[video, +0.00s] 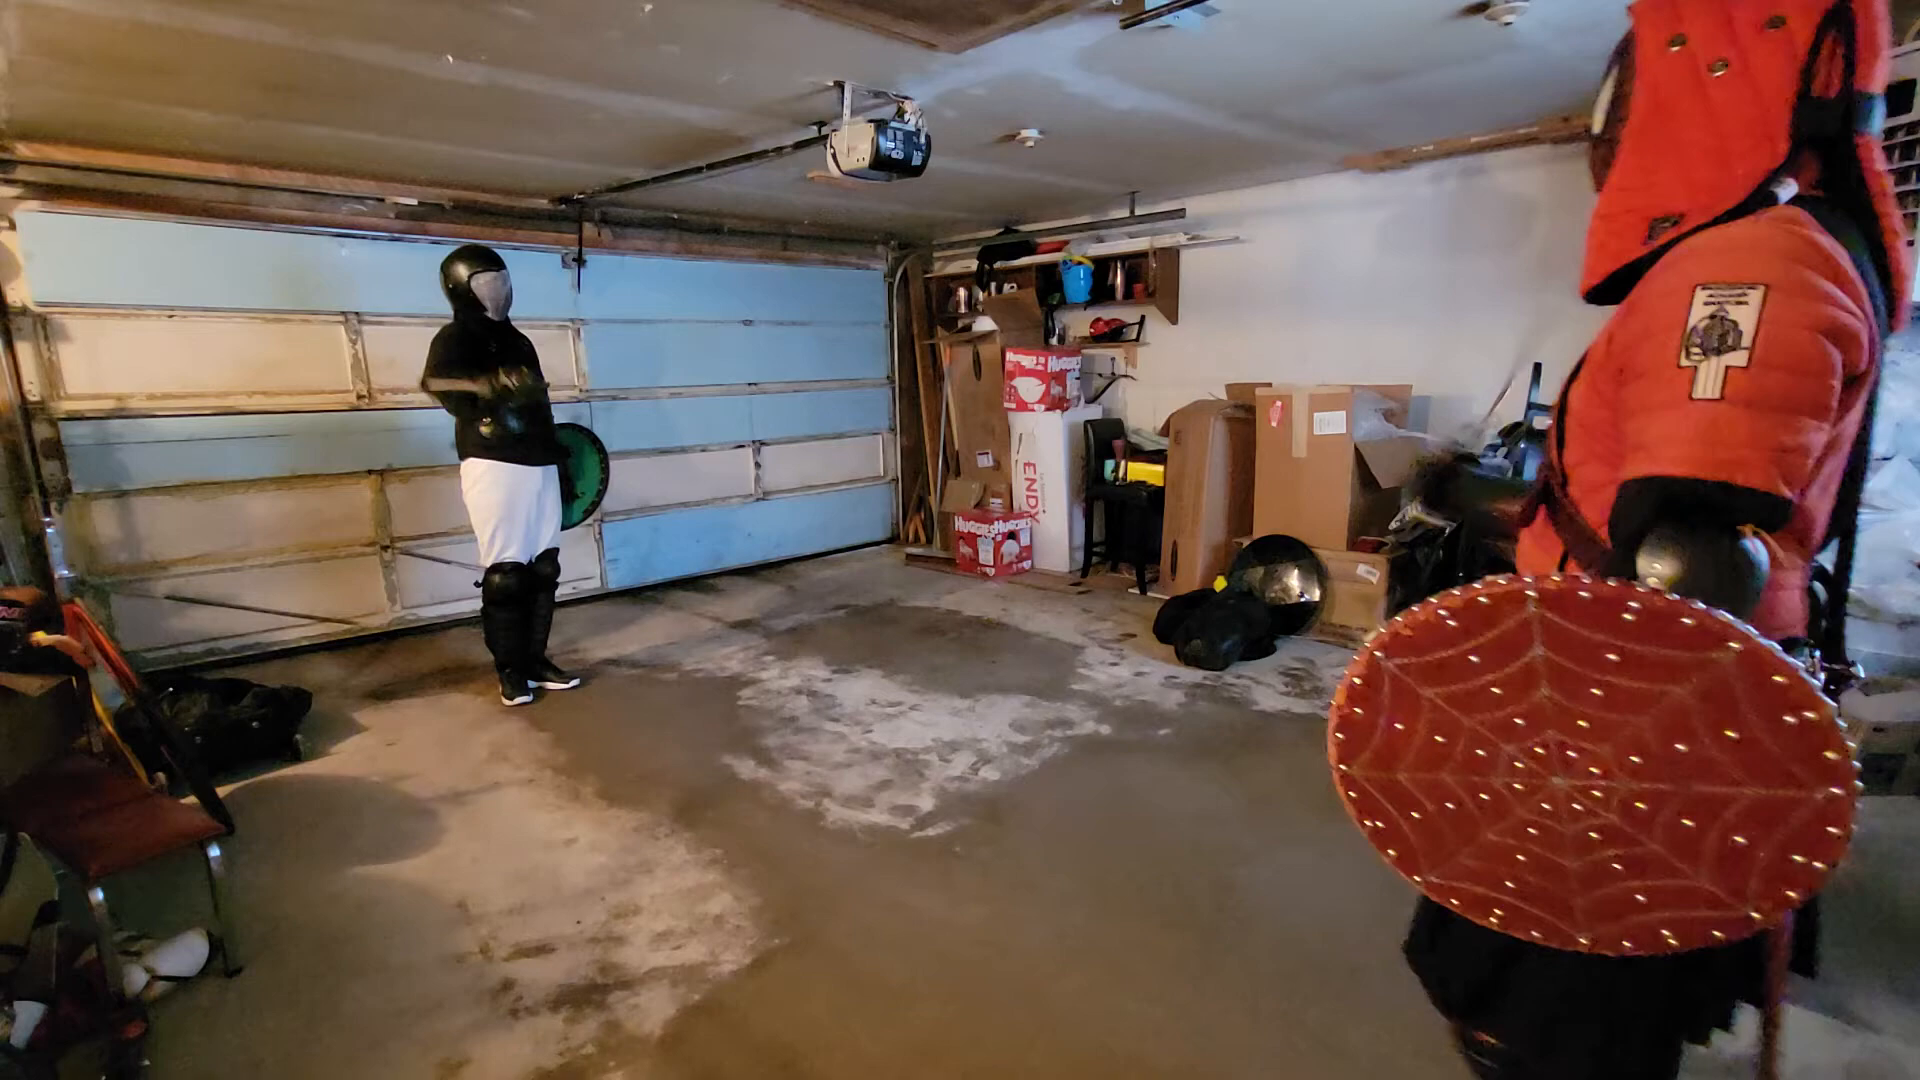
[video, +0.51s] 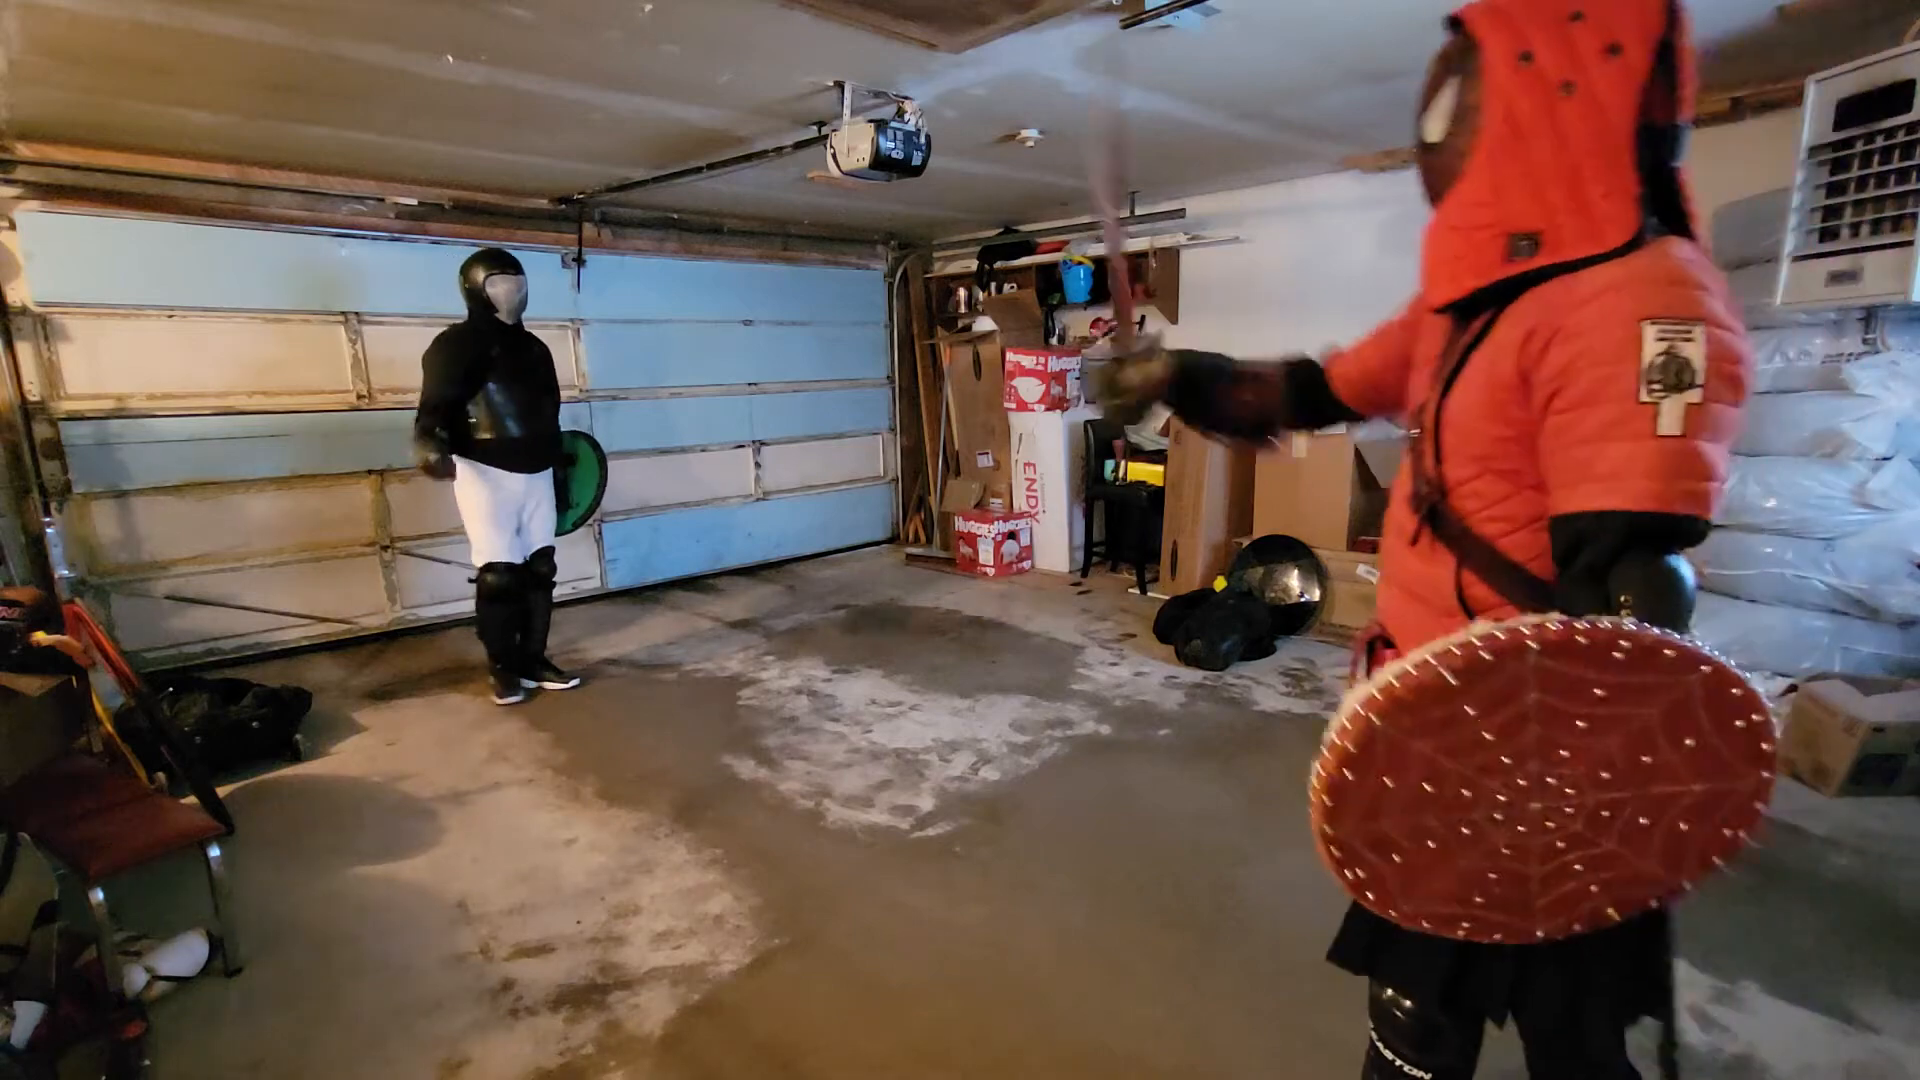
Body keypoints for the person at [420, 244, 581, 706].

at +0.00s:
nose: (504, 289)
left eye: (504, 279)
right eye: (492, 281)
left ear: (506, 282)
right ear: (467, 289)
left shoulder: (520, 342)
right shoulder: (454, 340)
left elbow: (538, 409)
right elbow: (441, 386)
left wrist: (558, 460)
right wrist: (490, 392)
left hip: (539, 464)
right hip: (493, 466)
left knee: (543, 566)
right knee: (506, 570)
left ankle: (535, 661)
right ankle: (510, 672)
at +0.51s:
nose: (522, 285)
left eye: (521, 277)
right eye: (511, 278)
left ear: (516, 285)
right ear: (484, 286)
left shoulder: (535, 349)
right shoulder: (457, 345)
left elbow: (547, 414)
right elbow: (435, 403)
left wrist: (558, 466)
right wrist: (433, 448)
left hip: (537, 470)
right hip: (483, 471)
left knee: (539, 567)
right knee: (499, 571)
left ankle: (534, 663)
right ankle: (502, 670)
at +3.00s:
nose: (460, 292)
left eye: (469, 281)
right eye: (448, 284)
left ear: (486, 282)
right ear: (437, 292)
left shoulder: (529, 339)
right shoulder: (430, 349)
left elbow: (580, 400)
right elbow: (409, 423)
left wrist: (565, 350)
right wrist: (413, 426)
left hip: (528, 476)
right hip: (464, 479)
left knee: (549, 573)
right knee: (446, 577)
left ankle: (558, 666)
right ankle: (483, 668)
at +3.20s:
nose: (450, 292)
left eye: (458, 280)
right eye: (438, 284)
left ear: (474, 282)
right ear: (426, 293)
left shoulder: (518, 336)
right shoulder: (419, 352)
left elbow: (578, 382)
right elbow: (394, 436)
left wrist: (547, 325)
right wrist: (391, 420)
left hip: (524, 478)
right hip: (458, 483)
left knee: (549, 579)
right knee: (454, 590)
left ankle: (558, 668)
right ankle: (482, 686)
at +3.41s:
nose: (437, 289)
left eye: (444, 277)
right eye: (422, 282)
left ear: (458, 279)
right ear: (406, 293)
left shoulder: (503, 336)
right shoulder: (400, 355)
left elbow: (570, 375)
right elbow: (373, 442)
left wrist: (530, 317)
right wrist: (376, 427)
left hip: (517, 481)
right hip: (448, 489)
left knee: (557, 580)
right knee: (448, 597)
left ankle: (555, 652)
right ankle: (482, 684)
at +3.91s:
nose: (474, 283)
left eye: (481, 272)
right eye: (459, 276)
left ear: (497, 277)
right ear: (442, 287)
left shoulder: (541, 342)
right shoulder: (432, 353)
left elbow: (604, 387)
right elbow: (393, 421)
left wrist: (573, 323)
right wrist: (394, 462)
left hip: (543, 497)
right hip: (469, 503)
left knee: (577, 598)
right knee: (457, 609)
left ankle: (591, 711)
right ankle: (481, 681)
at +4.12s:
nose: (501, 272)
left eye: (509, 261)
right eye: (487, 263)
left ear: (524, 268)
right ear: (466, 276)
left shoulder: (562, 336)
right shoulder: (451, 343)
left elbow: (627, 380)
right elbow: (413, 417)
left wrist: (601, 316)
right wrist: (420, 481)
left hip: (557, 494)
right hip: (482, 497)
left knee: (583, 600)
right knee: (461, 602)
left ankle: (591, 712)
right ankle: (485, 673)